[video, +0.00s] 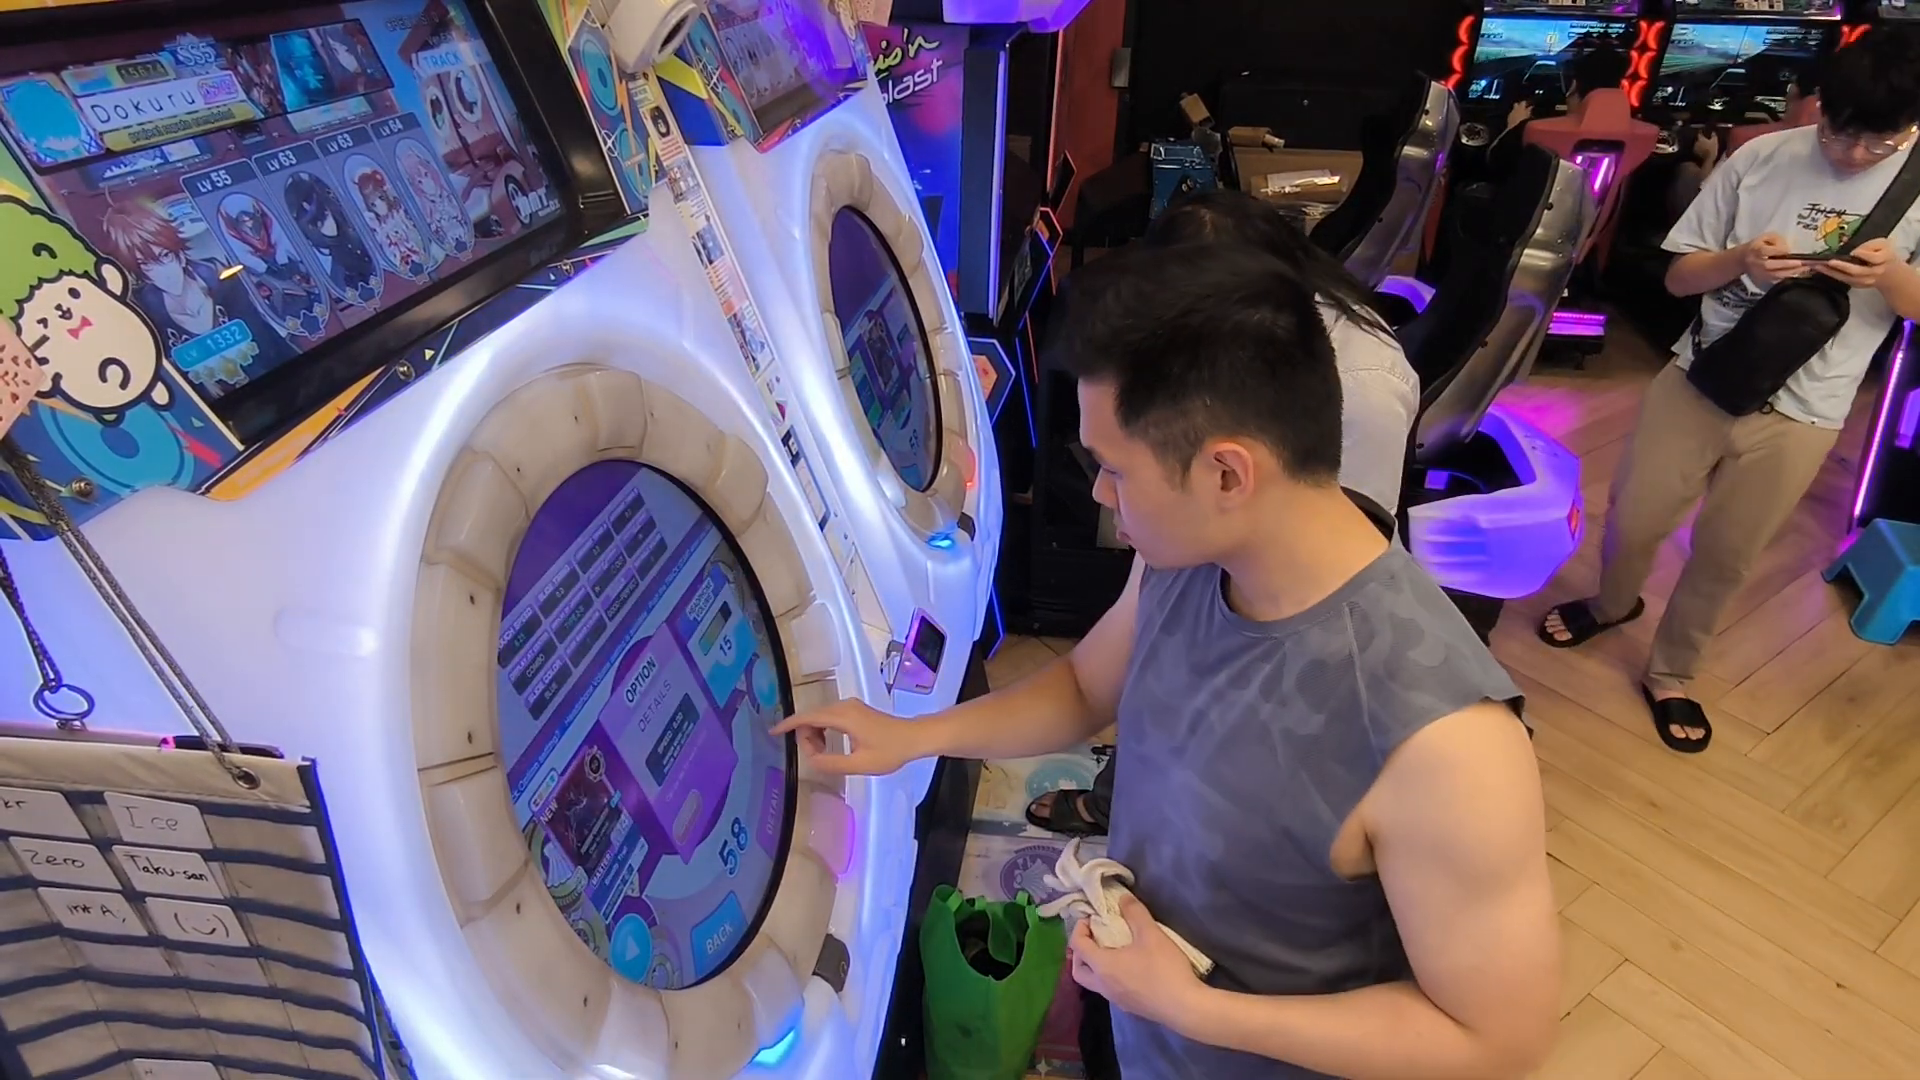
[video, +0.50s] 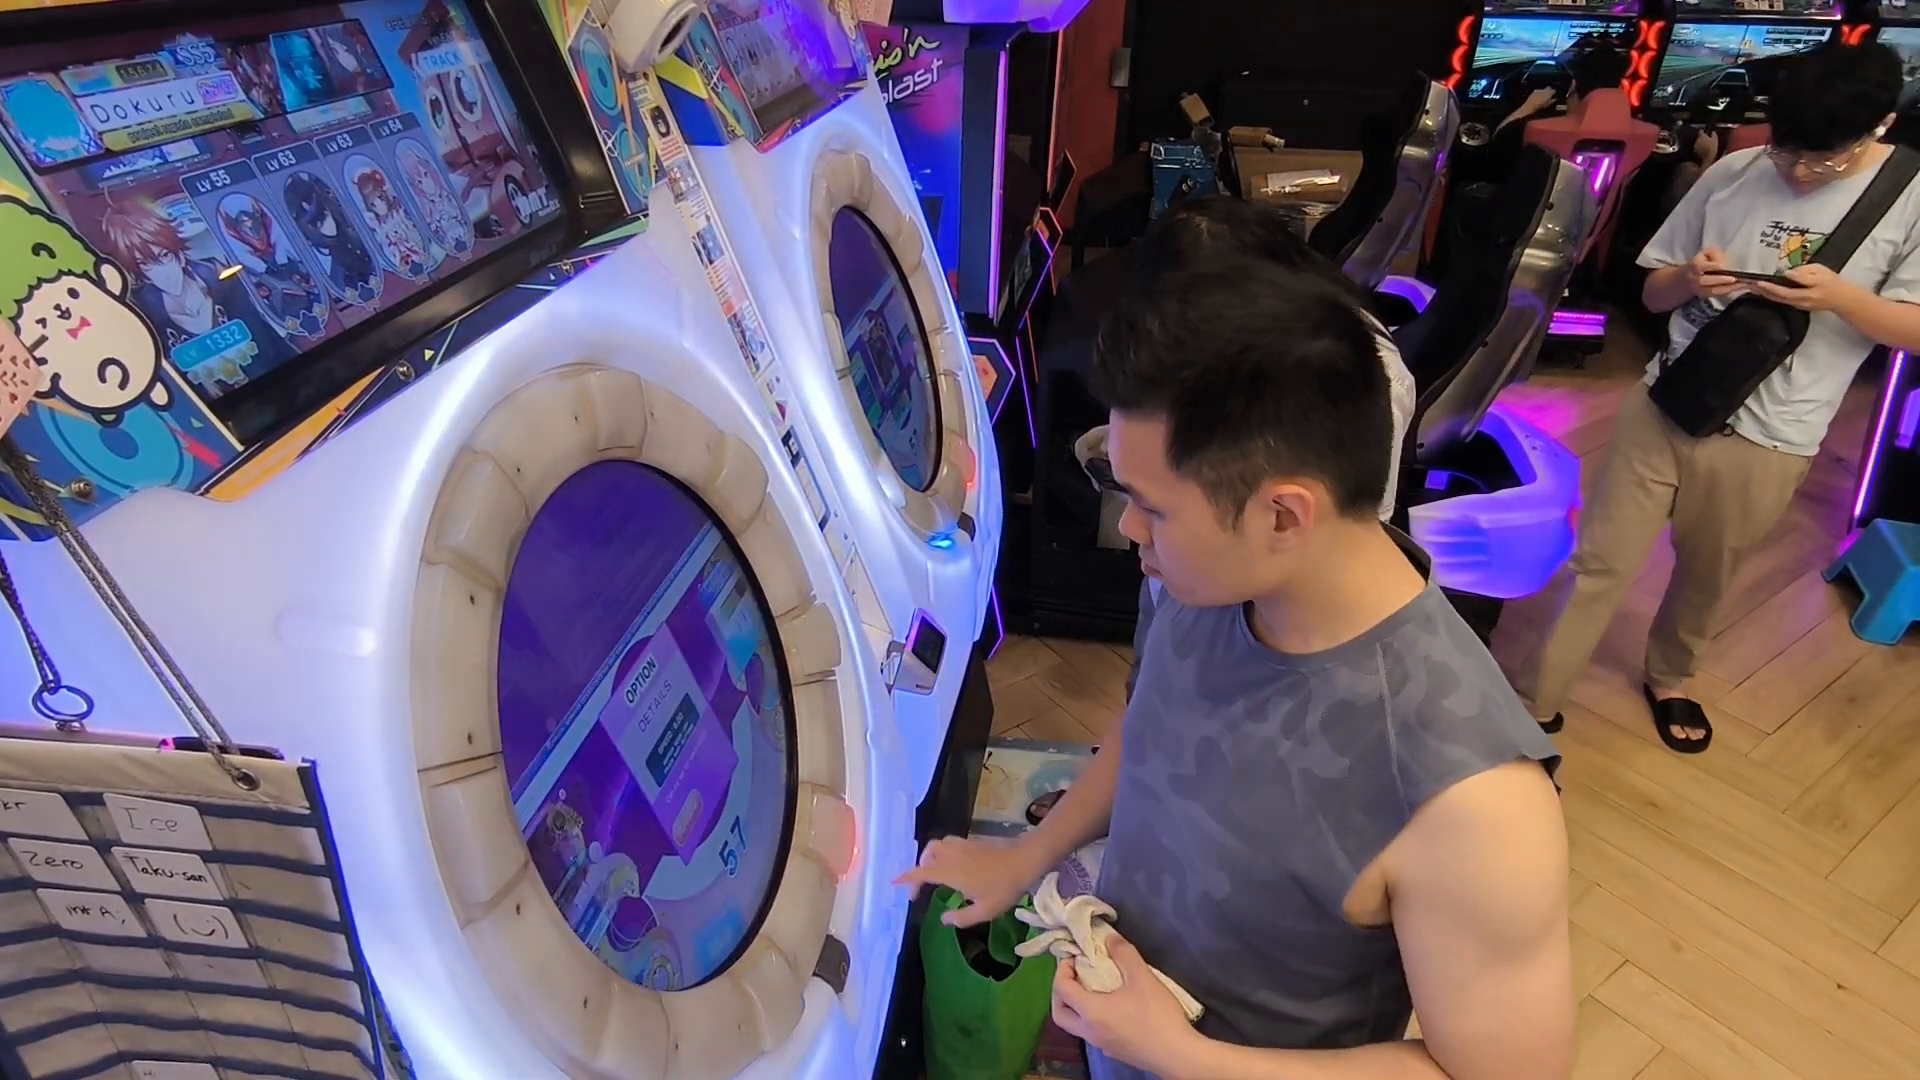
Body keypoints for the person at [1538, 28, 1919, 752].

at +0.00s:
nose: (1854, 151)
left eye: (1877, 139)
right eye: (1842, 129)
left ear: (1907, 125)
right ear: (1821, 104)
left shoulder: (1912, 195)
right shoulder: (1759, 159)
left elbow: (1915, 308)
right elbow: (1675, 275)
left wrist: (1891, 277)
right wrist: (1738, 262)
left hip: (1799, 420)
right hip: (1698, 382)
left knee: (1725, 558)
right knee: (1632, 518)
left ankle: (1672, 675)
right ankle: (1614, 603)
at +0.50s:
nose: (1798, 168)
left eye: (1821, 157)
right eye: (1788, 146)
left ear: (1871, 135)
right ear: (1777, 120)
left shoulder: (1907, 198)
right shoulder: (1736, 172)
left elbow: (1915, 329)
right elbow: (1650, 293)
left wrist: (1841, 297)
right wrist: (1689, 277)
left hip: (1768, 440)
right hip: (1666, 403)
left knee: (1710, 573)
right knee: (1597, 560)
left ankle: (1669, 676)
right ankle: (1538, 708)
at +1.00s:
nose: (1674, 159)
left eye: (1692, 146)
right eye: (1663, 142)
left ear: (1744, 118)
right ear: (1653, 117)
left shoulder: (1813, 190)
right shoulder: (1636, 168)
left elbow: (1819, 329)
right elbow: (1563, 290)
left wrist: (1723, 286)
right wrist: (1581, 276)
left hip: (1670, 440)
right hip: (1578, 410)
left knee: (1638, 594)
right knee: (1548, 574)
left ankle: (1631, 711)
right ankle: (1539, 703)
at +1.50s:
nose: (1635, 167)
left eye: (1652, 152)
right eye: (1627, 151)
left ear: (1716, 123)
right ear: (1620, 129)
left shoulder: (1785, 206)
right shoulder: (1632, 172)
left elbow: (1780, 354)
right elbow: (1560, 279)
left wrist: (1664, 295)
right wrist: (1549, 265)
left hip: (1626, 458)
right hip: (1546, 416)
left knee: (1556, 620)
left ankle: (1521, 733)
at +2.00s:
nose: (1593, 172)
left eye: (1607, 158)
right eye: (1587, 156)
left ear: (1671, 133)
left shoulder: (1747, 211)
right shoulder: (1606, 177)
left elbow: (1735, 363)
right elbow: (1556, 281)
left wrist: (1618, 298)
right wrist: (1524, 268)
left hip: (1604, 456)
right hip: (1531, 413)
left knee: (1555, 613)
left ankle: (1527, 717)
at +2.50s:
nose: (1507, 150)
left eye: (1519, 132)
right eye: (1500, 135)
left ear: (1579, 109)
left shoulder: (1648, 192)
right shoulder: (1510, 173)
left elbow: (1632, 337)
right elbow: (1468, 284)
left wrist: (1527, 269)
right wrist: (1437, 258)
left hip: (1525, 442)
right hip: (1446, 413)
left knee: (1504, 604)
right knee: (1416, 588)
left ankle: (1507, 739)